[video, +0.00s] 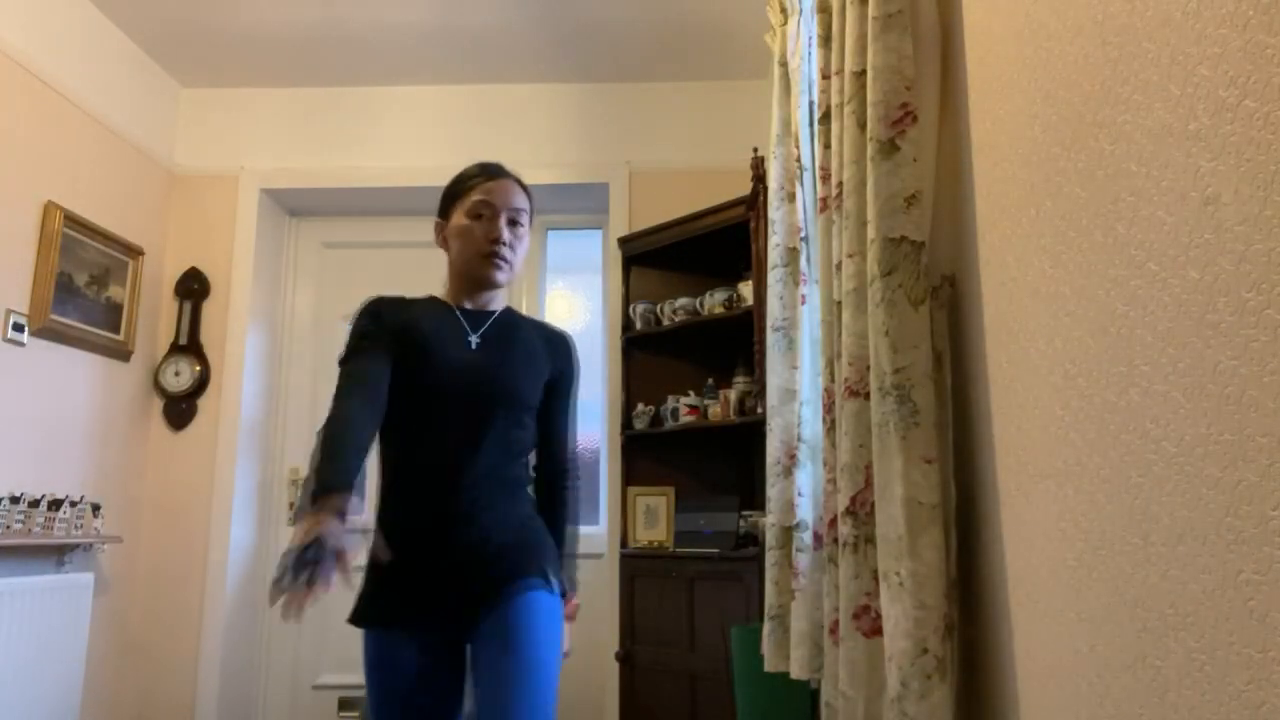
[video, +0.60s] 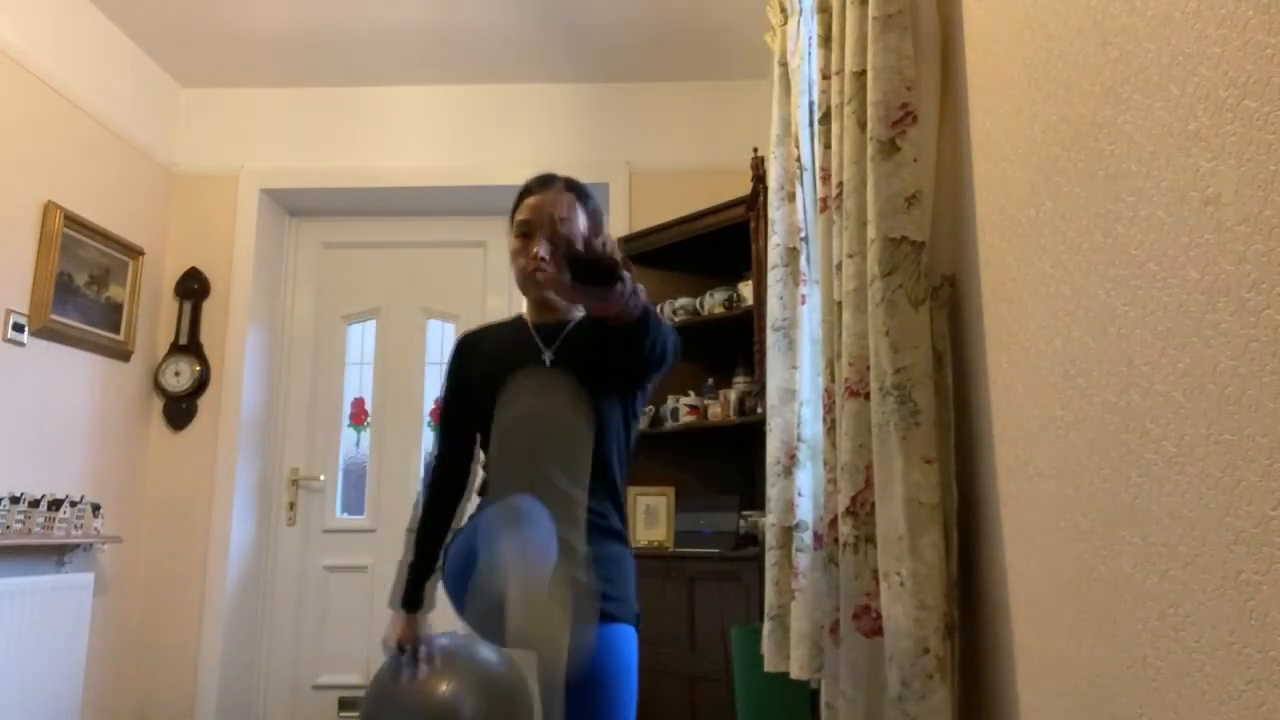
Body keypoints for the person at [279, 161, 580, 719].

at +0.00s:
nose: (501, 232)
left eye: (516, 222)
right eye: (482, 215)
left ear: (529, 244)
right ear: (442, 232)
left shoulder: (551, 348)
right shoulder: (390, 319)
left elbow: (556, 473)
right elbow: (353, 413)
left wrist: (561, 577)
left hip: (514, 575)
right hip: (408, 574)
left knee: (519, 712)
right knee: (404, 711)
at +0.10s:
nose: (502, 233)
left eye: (519, 222)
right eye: (484, 216)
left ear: (536, 245)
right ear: (449, 235)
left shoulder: (563, 348)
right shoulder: (400, 330)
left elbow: (591, 477)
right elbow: (342, 448)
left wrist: (613, 598)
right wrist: (289, 559)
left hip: (529, 600)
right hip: (416, 596)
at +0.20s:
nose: (511, 235)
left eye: (528, 223)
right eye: (493, 220)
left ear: (547, 246)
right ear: (463, 240)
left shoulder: (579, 349)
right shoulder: (416, 337)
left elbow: (626, 463)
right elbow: (346, 463)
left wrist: (663, 565)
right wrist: (282, 584)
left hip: (548, 608)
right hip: (437, 604)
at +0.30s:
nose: (522, 241)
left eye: (540, 227)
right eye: (506, 225)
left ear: (565, 249)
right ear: (479, 242)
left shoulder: (601, 345)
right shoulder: (438, 339)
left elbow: (656, 431)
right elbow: (367, 469)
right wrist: (297, 585)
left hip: (571, 603)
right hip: (461, 602)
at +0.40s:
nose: (532, 246)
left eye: (550, 231)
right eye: (516, 230)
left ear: (579, 248)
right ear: (495, 246)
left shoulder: (616, 342)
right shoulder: (458, 345)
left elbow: (675, 389)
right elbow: (395, 471)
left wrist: (702, 410)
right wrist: (328, 590)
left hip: (589, 595)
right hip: (482, 591)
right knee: (471, 712)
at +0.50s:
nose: (537, 247)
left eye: (557, 231)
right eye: (522, 231)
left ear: (590, 248)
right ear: (505, 245)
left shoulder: (621, 336)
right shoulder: (473, 344)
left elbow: (685, 373)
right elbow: (425, 471)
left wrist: (664, 352)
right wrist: (369, 596)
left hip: (591, 555)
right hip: (495, 547)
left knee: (601, 709)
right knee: (496, 646)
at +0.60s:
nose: (536, 249)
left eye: (557, 234)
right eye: (524, 232)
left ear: (593, 251)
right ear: (509, 246)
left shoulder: (621, 342)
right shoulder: (480, 350)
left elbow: (652, 347)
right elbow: (448, 477)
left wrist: (619, 305)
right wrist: (411, 599)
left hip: (595, 576)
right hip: (493, 567)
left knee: (606, 709)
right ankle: (524, 701)